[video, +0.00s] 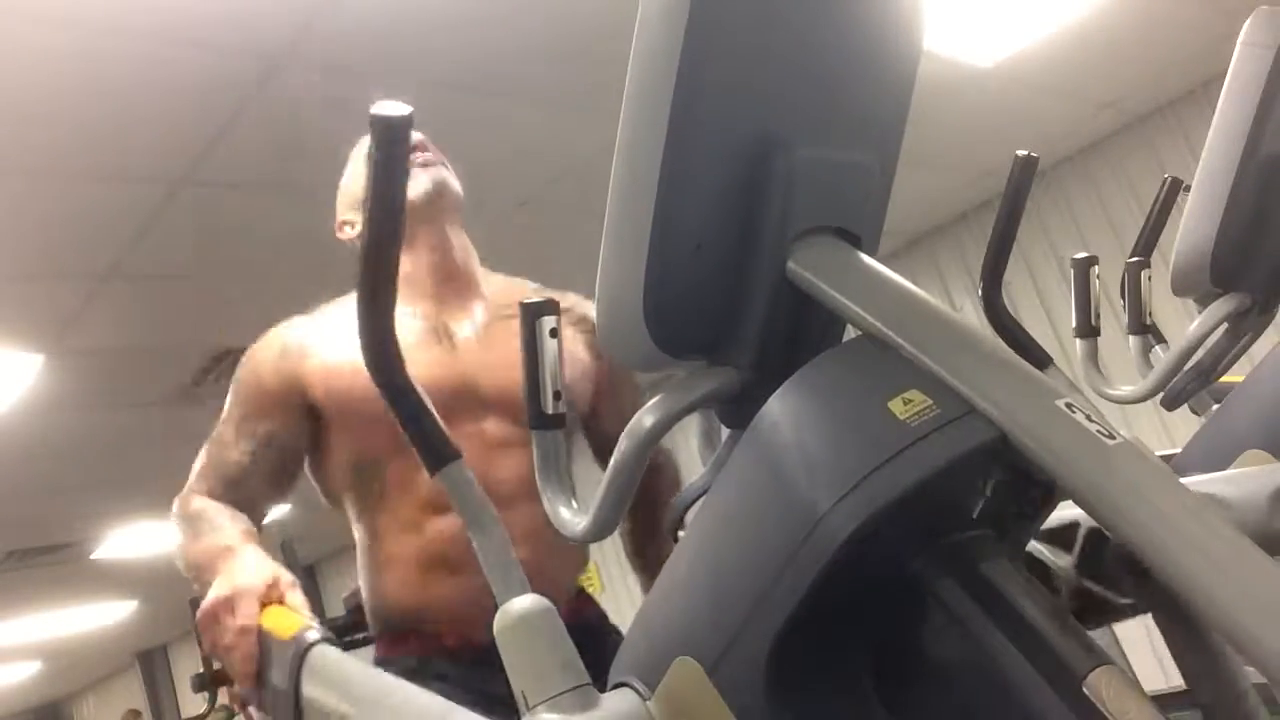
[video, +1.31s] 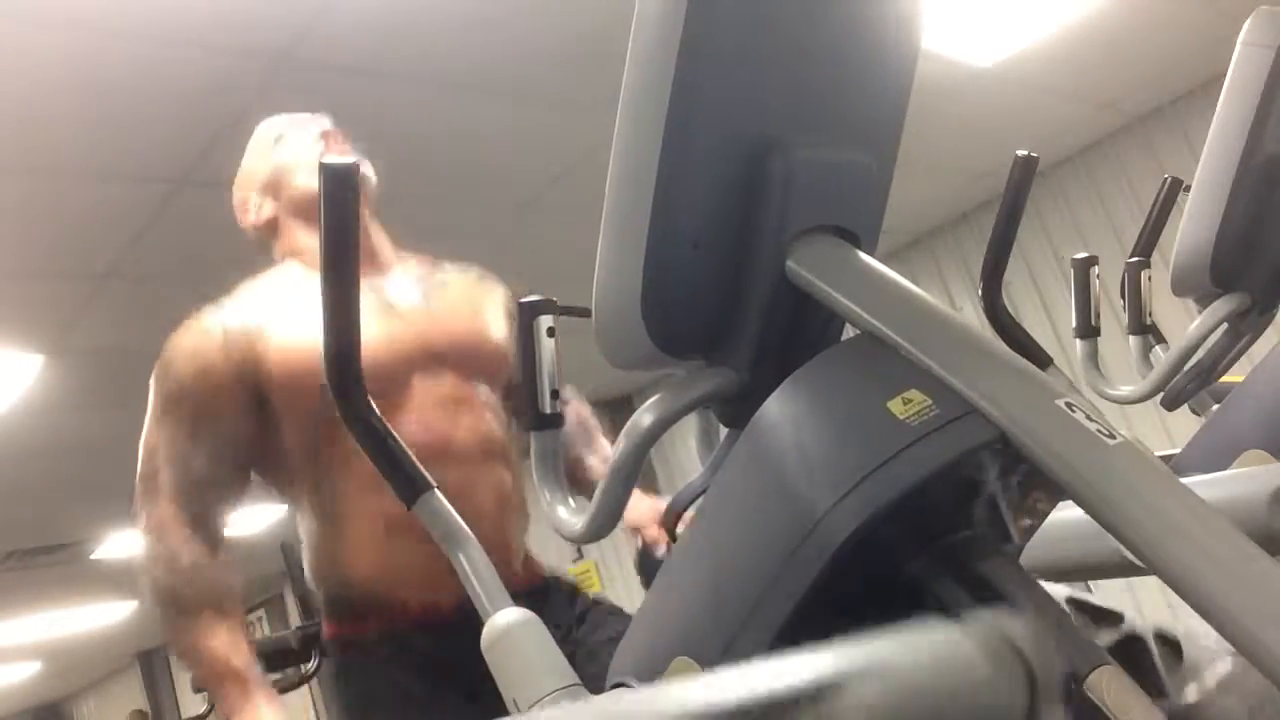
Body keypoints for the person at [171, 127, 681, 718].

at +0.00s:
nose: (413, 138)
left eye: (422, 138)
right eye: (377, 147)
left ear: (458, 191)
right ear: (348, 223)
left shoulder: (568, 321)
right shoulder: (298, 352)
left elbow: (649, 481)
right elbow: (209, 502)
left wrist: (680, 628)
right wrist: (235, 563)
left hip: (574, 648)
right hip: (424, 672)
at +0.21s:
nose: (367, 60)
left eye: (378, 58)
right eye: (331, 62)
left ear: (408, 103)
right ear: (293, 133)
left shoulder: (527, 244)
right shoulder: (256, 272)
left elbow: (606, 399)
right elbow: (184, 460)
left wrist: (658, 547)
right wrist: (233, 610)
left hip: (549, 579)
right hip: (403, 602)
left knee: (651, 711)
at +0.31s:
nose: (363, 69)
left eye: (370, 64)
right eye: (323, 68)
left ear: (394, 106)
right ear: (280, 139)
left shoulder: (501, 252)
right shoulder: (241, 284)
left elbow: (582, 388)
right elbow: (186, 483)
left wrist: (644, 513)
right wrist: (239, 658)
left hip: (540, 574)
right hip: (392, 604)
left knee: (684, 703)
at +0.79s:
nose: (382, 107)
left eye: (392, 104)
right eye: (347, 105)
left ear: (422, 145)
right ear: (313, 175)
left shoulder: (523, 285)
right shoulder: (262, 307)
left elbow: (612, 438)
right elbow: (175, 474)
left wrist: (666, 584)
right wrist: (231, 602)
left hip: (546, 601)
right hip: (401, 625)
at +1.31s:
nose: (333, 137)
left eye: (341, 133)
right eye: (299, 136)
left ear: (369, 172)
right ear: (253, 204)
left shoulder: (474, 291)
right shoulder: (227, 338)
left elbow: (556, 403)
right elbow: (175, 529)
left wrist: (629, 495)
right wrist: (244, 696)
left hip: (539, 612)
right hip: (388, 652)